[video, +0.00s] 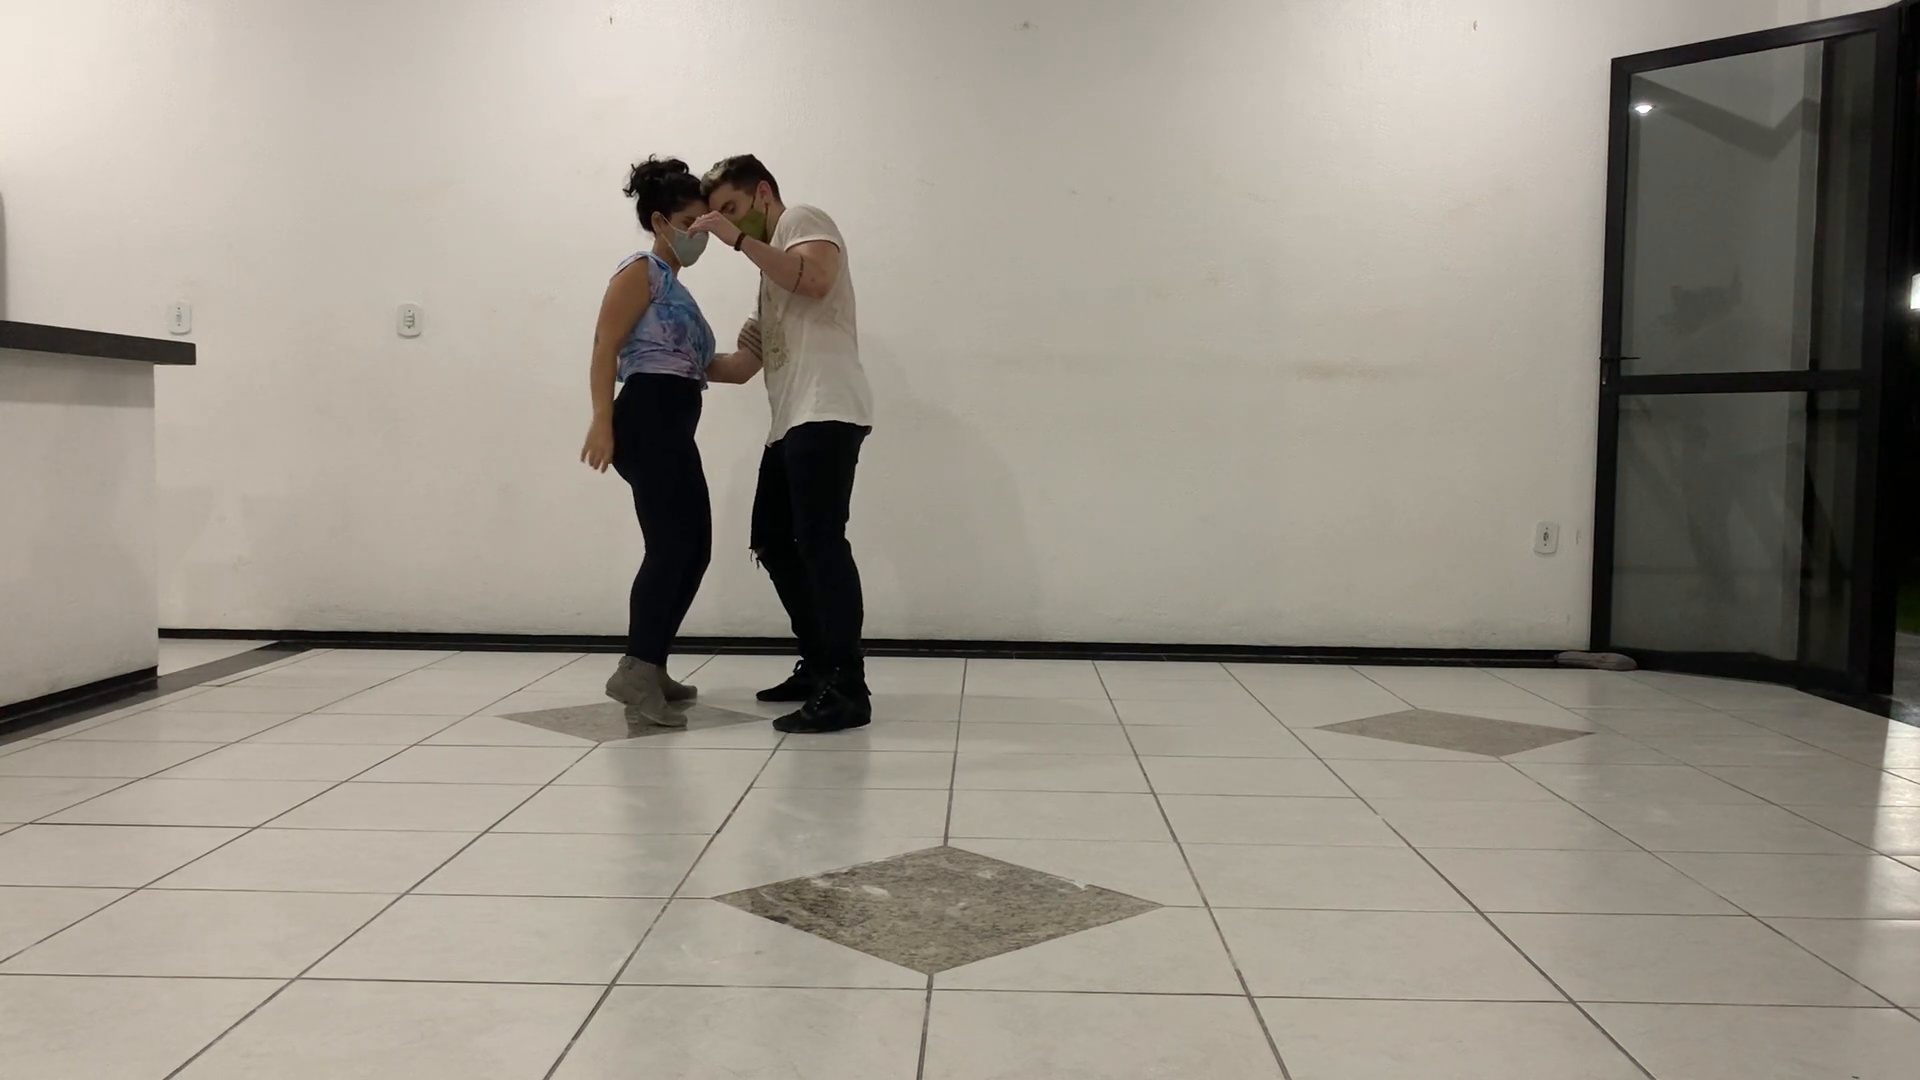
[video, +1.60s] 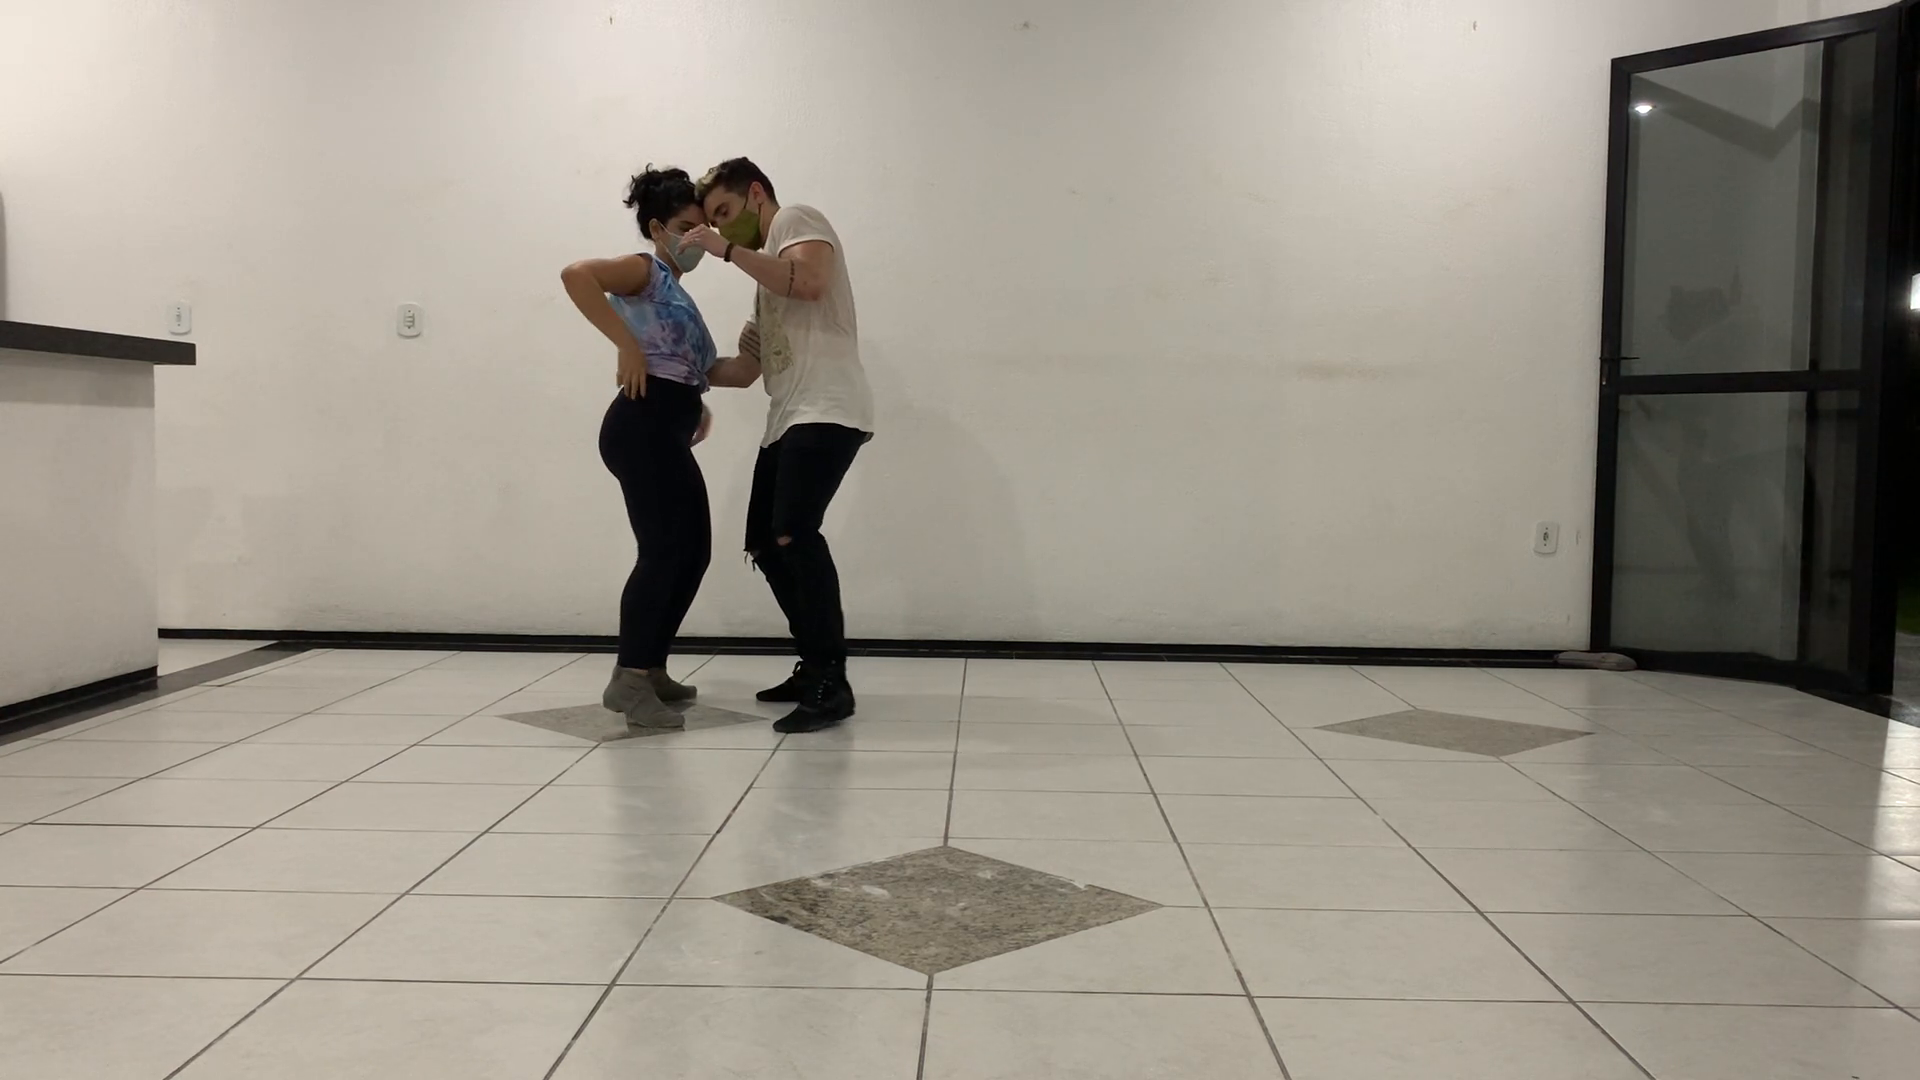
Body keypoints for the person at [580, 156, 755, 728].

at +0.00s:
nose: (701, 228)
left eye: (703, 219)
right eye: (689, 219)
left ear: (702, 222)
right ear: (658, 223)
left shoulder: (677, 294)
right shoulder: (640, 273)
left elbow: (723, 367)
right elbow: (604, 346)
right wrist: (601, 420)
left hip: (674, 417)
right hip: (647, 415)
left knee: (692, 545)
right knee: (672, 543)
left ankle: (650, 665)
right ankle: (638, 668)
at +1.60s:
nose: (694, 239)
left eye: (700, 228)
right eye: (683, 228)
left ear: (704, 230)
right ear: (654, 229)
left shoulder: (673, 291)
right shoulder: (644, 270)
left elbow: (672, 359)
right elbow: (577, 276)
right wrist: (626, 343)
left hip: (667, 429)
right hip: (639, 425)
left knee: (694, 552)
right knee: (663, 550)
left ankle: (650, 667)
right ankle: (630, 678)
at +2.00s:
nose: (700, 237)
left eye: (704, 226)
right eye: (691, 224)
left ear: (700, 230)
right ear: (658, 220)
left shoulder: (680, 296)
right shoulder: (638, 265)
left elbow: (720, 371)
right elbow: (580, 296)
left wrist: (758, 348)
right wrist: (631, 247)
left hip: (671, 426)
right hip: (641, 422)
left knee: (688, 552)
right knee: (669, 551)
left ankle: (652, 670)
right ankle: (645, 679)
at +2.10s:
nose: (700, 236)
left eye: (703, 225)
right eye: (692, 224)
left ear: (685, 232)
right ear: (663, 221)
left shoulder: (670, 279)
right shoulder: (639, 264)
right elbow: (591, 304)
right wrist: (625, 243)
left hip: (670, 424)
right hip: (644, 421)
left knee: (687, 551)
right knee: (662, 551)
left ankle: (651, 671)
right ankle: (644, 682)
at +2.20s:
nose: (700, 236)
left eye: (704, 225)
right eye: (692, 223)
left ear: (696, 231)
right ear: (661, 223)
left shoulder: (675, 283)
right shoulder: (639, 265)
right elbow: (599, 310)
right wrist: (626, 245)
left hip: (670, 424)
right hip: (643, 422)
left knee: (686, 552)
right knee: (664, 552)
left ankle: (651, 670)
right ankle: (644, 681)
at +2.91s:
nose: (711, 221)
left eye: (716, 209)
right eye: (698, 209)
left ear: (720, 208)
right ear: (668, 210)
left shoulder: (698, 278)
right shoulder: (641, 270)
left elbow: (704, 358)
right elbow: (622, 351)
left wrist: (743, 335)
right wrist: (617, 296)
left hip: (680, 423)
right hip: (642, 419)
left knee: (688, 543)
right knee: (677, 537)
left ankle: (655, 665)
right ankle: (650, 668)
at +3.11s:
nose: (712, 212)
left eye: (715, 199)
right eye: (698, 200)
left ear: (717, 198)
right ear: (664, 202)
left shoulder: (693, 268)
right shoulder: (644, 268)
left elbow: (709, 334)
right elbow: (623, 348)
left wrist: (755, 324)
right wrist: (618, 394)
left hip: (684, 420)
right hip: (649, 419)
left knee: (691, 545)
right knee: (669, 547)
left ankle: (651, 667)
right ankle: (650, 679)